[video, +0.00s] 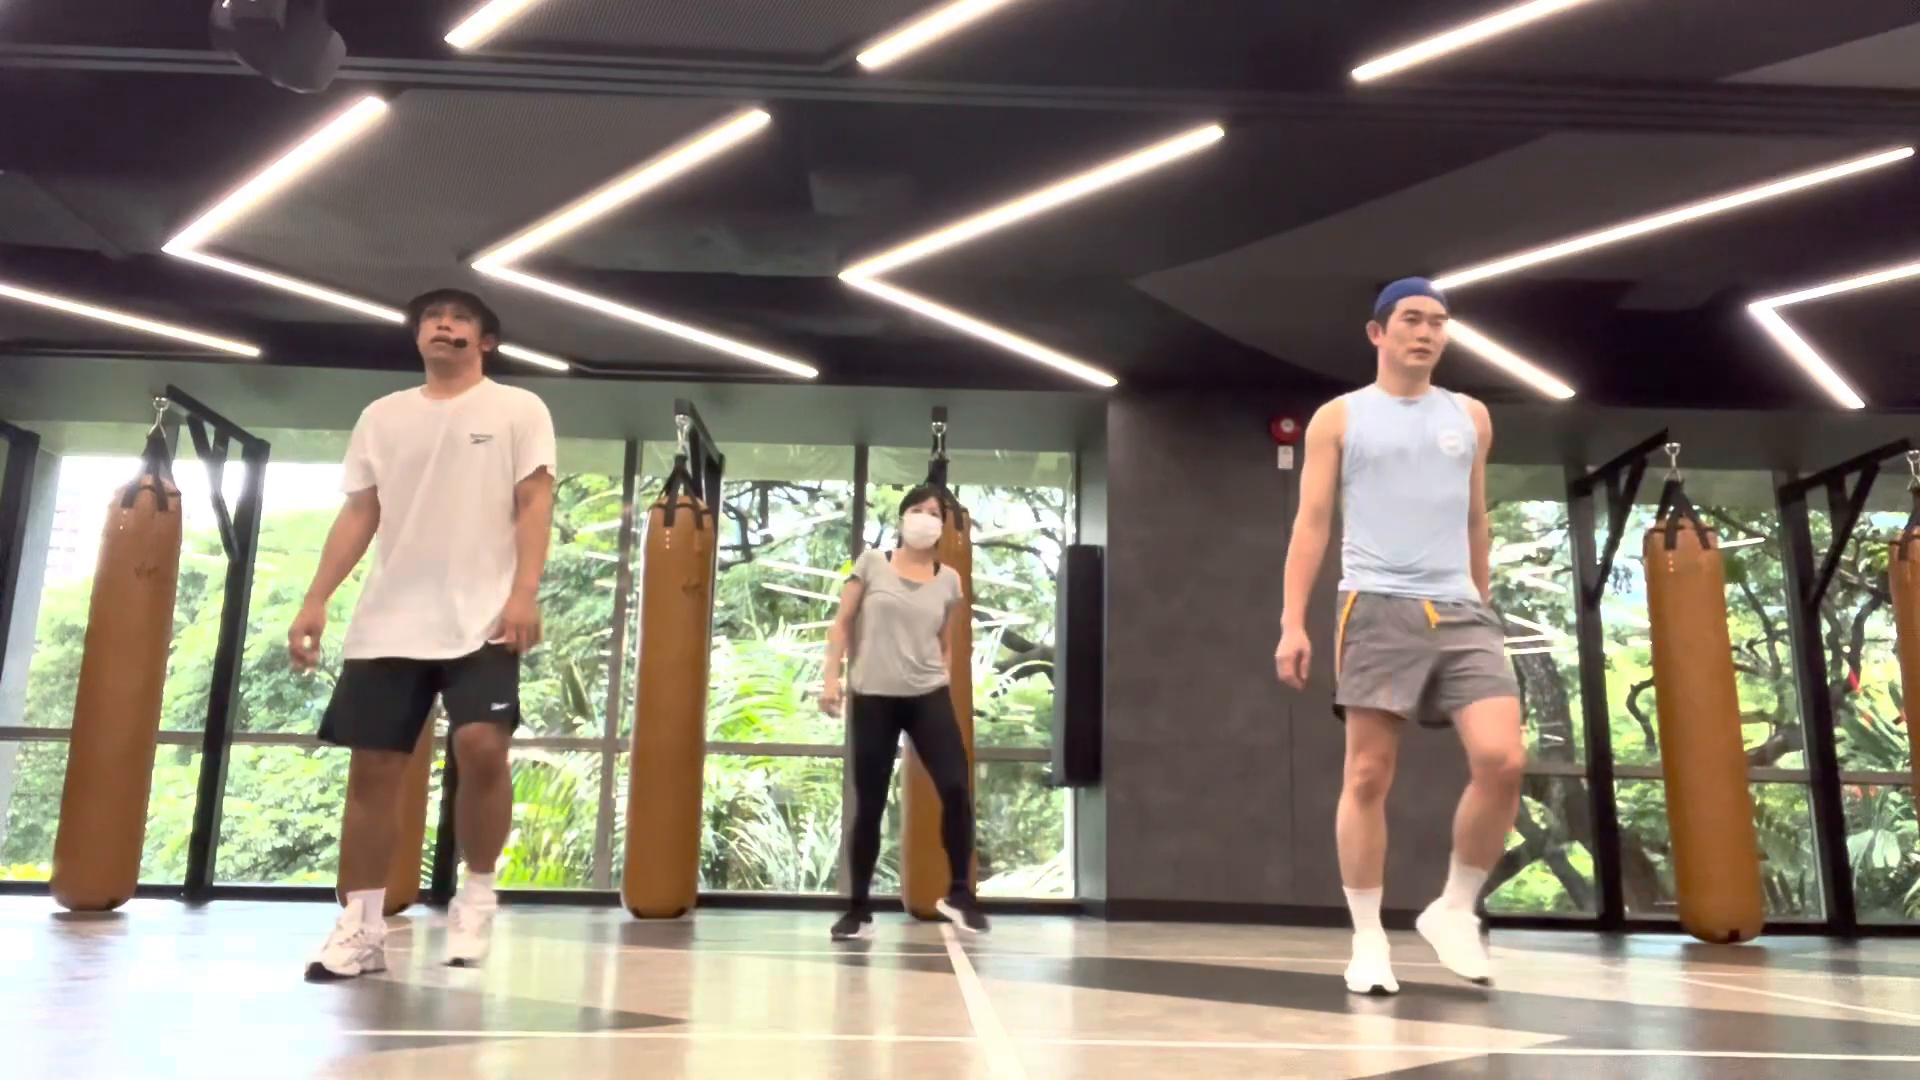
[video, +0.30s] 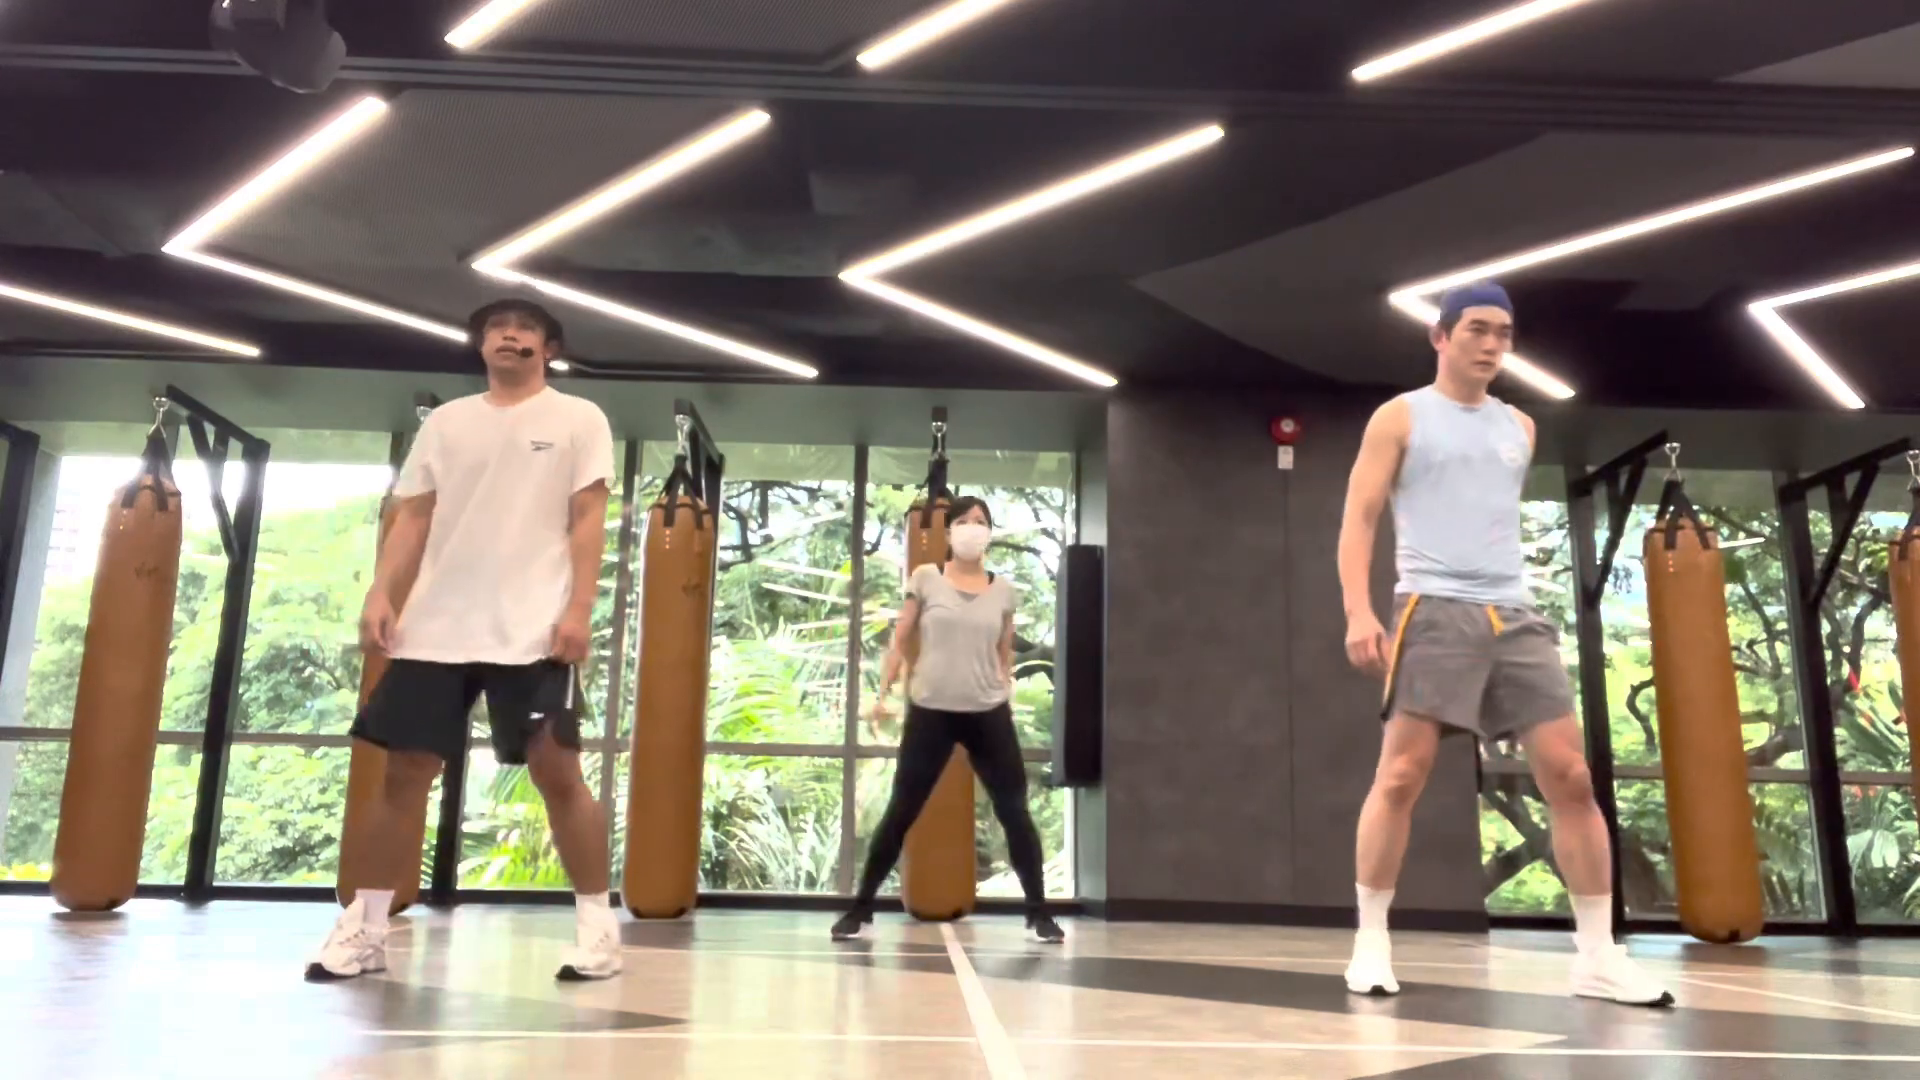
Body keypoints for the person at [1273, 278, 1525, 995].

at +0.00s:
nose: (1428, 331)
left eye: (1438, 323)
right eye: (1414, 320)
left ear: (1447, 339)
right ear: (1377, 333)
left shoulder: (1470, 417)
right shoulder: (1337, 418)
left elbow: (1478, 523)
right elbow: (1311, 524)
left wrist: (1478, 607)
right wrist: (1293, 622)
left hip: (1463, 612)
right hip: (1378, 612)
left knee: (1502, 761)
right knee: (1368, 776)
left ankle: (1454, 910)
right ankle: (1368, 942)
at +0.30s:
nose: (1492, 343)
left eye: (1502, 333)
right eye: (1477, 329)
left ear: (1510, 347)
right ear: (1442, 338)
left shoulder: (1520, 428)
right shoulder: (1399, 416)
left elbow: (1495, 519)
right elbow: (1358, 518)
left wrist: (1502, 601)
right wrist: (1359, 612)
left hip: (1517, 619)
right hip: (1435, 616)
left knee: (1571, 777)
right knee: (1400, 779)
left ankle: (1598, 959)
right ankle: (1371, 945)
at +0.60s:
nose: (1560, 342)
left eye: (1569, 330)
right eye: (1544, 330)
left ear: (1578, 338)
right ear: (1508, 338)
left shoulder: (1591, 427)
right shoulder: (1468, 412)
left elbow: (1605, 517)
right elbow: (1426, 511)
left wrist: (1640, 580)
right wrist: (1431, 602)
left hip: (1589, 611)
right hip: (1511, 605)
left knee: (1604, 776)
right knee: (1515, 767)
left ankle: (1600, 956)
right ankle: (1459, 918)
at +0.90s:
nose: (1557, 326)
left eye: (1567, 315)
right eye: (1541, 316)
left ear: (1582, 333)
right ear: (1509, 335)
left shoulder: (1611, 422)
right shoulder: (1471, 412)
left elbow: (1616, 523)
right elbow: (1444, 518)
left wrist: (1666, 521)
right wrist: (1440, 617)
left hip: (1588, 612)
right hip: (1503, 611)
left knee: (1602, 776)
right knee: (1523, 756)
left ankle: (1600, 957)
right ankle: (1514, 923)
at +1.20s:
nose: (1497, 319)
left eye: (1508, 312)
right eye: (1480, 311)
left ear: (1526, 336)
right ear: (1452, 337)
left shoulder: (1566, 412)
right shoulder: (1419, 423)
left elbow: (1614, 505)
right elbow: (1404, 526)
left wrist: (1589, 526)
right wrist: (1391, 623)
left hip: (1548, 621)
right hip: (1453, 620)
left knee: (1578, 781)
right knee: (1407, 773)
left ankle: (1599, 959)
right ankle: (1364, 938)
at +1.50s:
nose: (1427, 315)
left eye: (1438, 309)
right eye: (1411, 306)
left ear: (1451, 337)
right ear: (1379, 333)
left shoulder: (1486, 415)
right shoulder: (1343, 421)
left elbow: (1492, 513)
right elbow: (1320, 525)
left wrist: (1484, 573)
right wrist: (1305, 620)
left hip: (1464, 612)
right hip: (1377, 613)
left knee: (1521, 772)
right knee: (1366, 774)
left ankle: (1541, 932)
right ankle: (1363, 943)